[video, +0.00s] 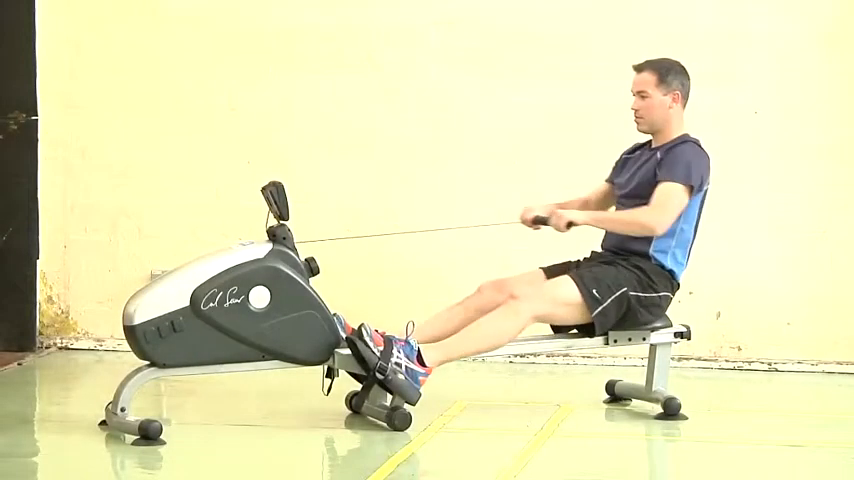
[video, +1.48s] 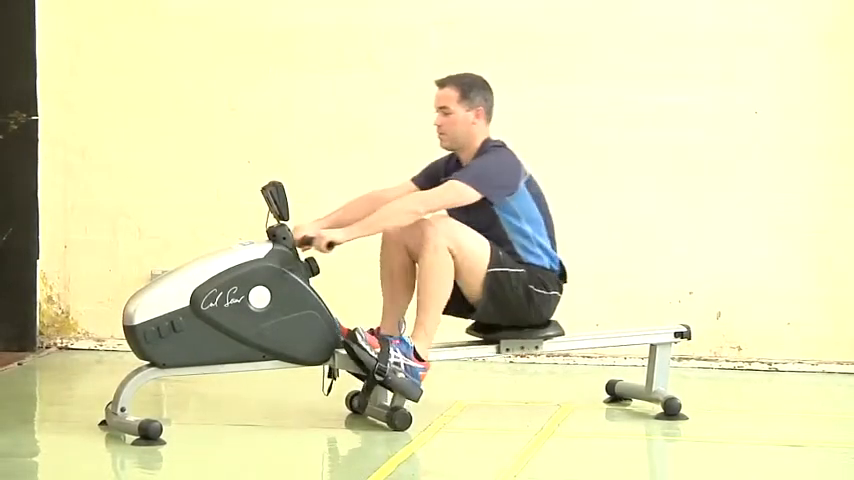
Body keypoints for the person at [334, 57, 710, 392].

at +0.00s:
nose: (634, 105)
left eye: (642, 96)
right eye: (634, 96)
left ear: (675, 99)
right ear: (650, 100)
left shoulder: (686, 154)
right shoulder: (635, 156)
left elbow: (655, 220)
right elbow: (596, 202)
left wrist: (581, 217)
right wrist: (552, 208)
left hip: (643, 276)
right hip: (607, 265)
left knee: (527, 302)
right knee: (493, 292)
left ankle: (422, 363)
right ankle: (392, 346)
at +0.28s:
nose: (635, 103)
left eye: (645, 94)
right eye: (636, 94)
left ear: (678, 99)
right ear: (660, 101)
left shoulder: (694, 155)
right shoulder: (646, 155)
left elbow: (715, 234)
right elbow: (645, 219)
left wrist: (648, 228)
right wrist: (607, 223)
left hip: (648, 274)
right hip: (613, 261)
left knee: (532, 322)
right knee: (504, 307)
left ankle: (419, 364)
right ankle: (396, 346)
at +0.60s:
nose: (616, 103)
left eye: (625, 94)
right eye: (615, 94)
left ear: (656, 96)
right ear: (632, 98)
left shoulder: (674, 152)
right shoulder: (625, 154)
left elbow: (674, 234)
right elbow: (610, 205)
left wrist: (600, 220)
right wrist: (573, 212)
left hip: (644, 279)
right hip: (606, 266)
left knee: (528, 300)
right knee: (492, 287)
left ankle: (422, 364)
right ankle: (399, 349)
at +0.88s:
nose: (566, 106)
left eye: (574, 96)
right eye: (566, 97)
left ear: (606, 98)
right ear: (598, 99)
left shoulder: (626, 152)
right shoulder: (576, 155)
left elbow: (583, 213)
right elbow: (534, 196)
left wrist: (507, 213)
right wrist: (484, 204)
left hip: (615, 281)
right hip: (579, 274)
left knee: (501, 264)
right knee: (465, 259)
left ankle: (423, 360)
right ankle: (396, 344)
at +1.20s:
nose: (490, 113)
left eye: (499, 104)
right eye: (490, 104)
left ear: (531, 108)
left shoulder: (551, 157)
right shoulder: (498, 162)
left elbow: (478, 203)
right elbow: (442, 194)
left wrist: (406, 227)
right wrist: (380, 216)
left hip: (571, 287)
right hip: (529, 285)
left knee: (471, 241)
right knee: (431, 236)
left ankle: (419, 360)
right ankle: (391, 342)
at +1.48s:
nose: (436, 121)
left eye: (445, 112)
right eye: (436, 112)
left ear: (478, 115)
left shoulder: (499, 163)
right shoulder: (447, 167)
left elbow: (422, 207)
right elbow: (386, 198)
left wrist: (344, 234)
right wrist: (319, 226)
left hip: (532, 291)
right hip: (489, 291)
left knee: (438, 228)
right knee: (398, 228)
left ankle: (417, 355)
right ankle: (387, 338)